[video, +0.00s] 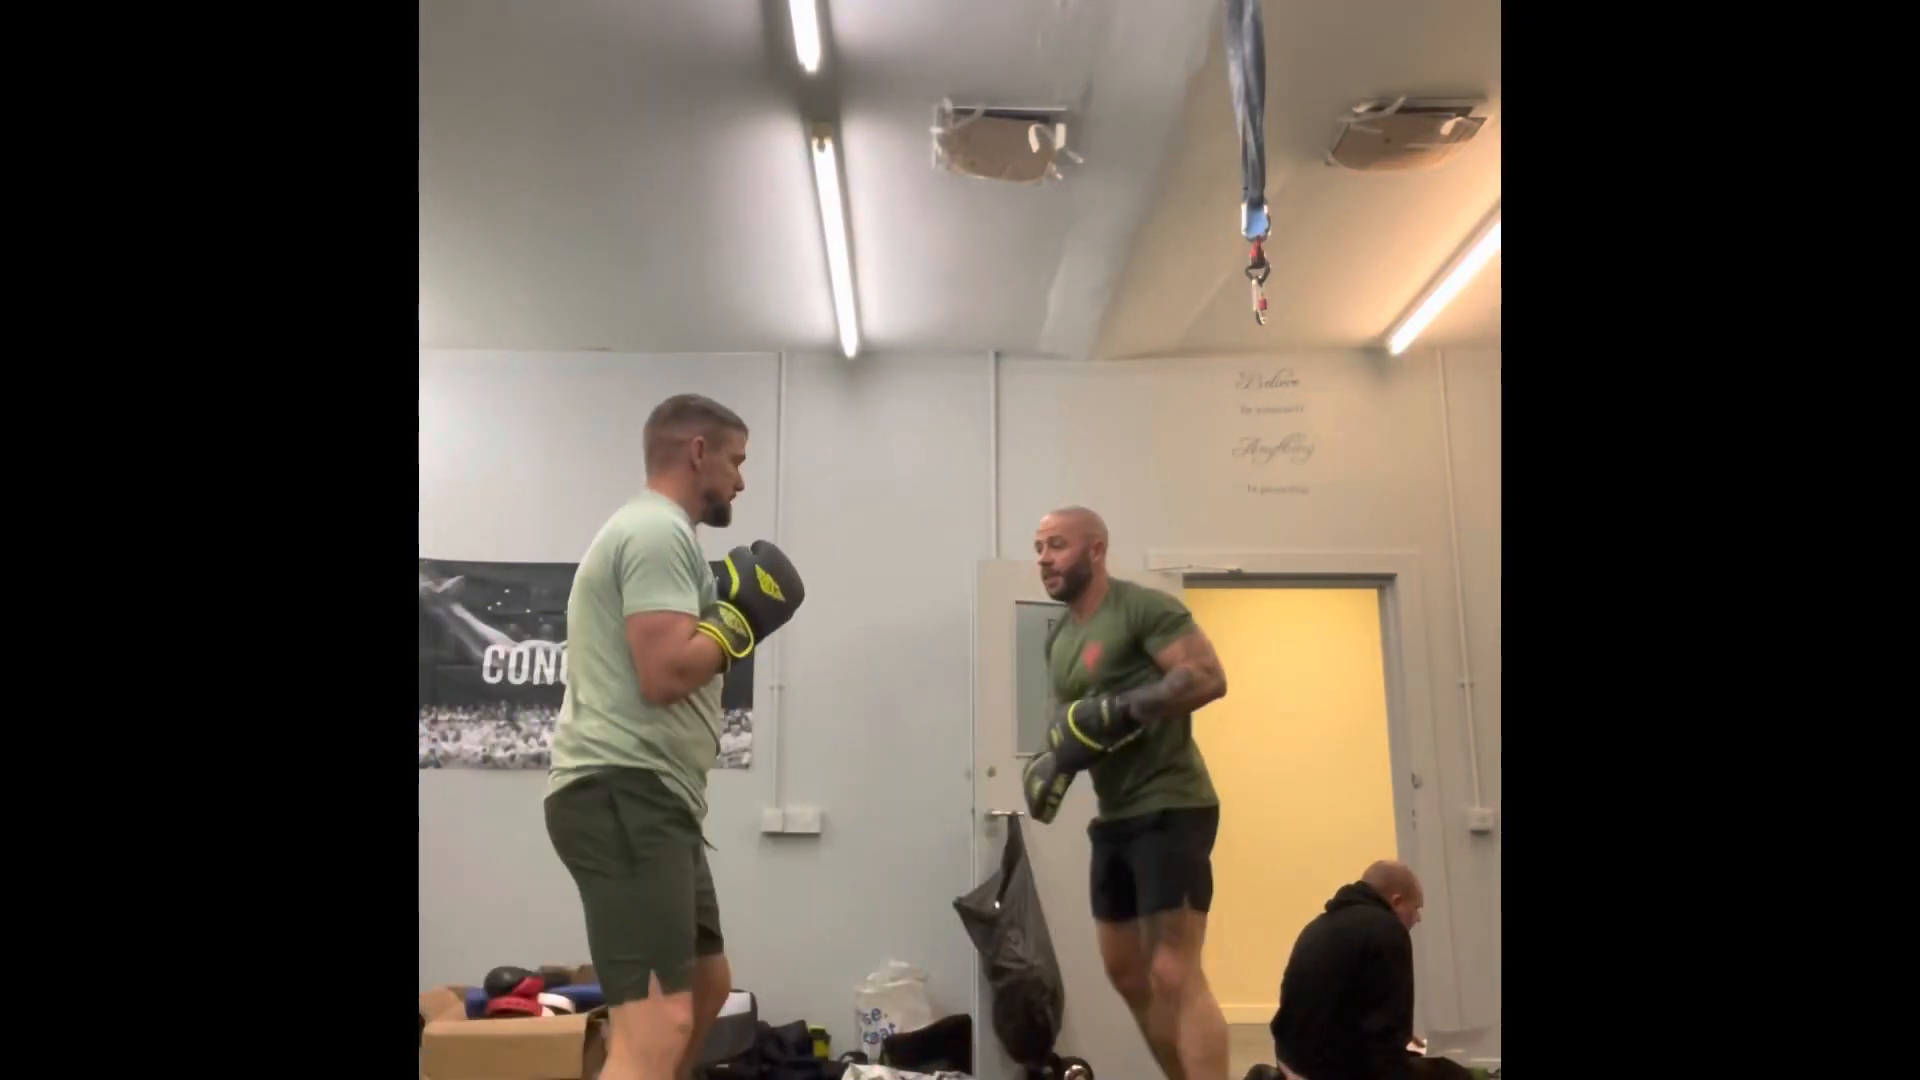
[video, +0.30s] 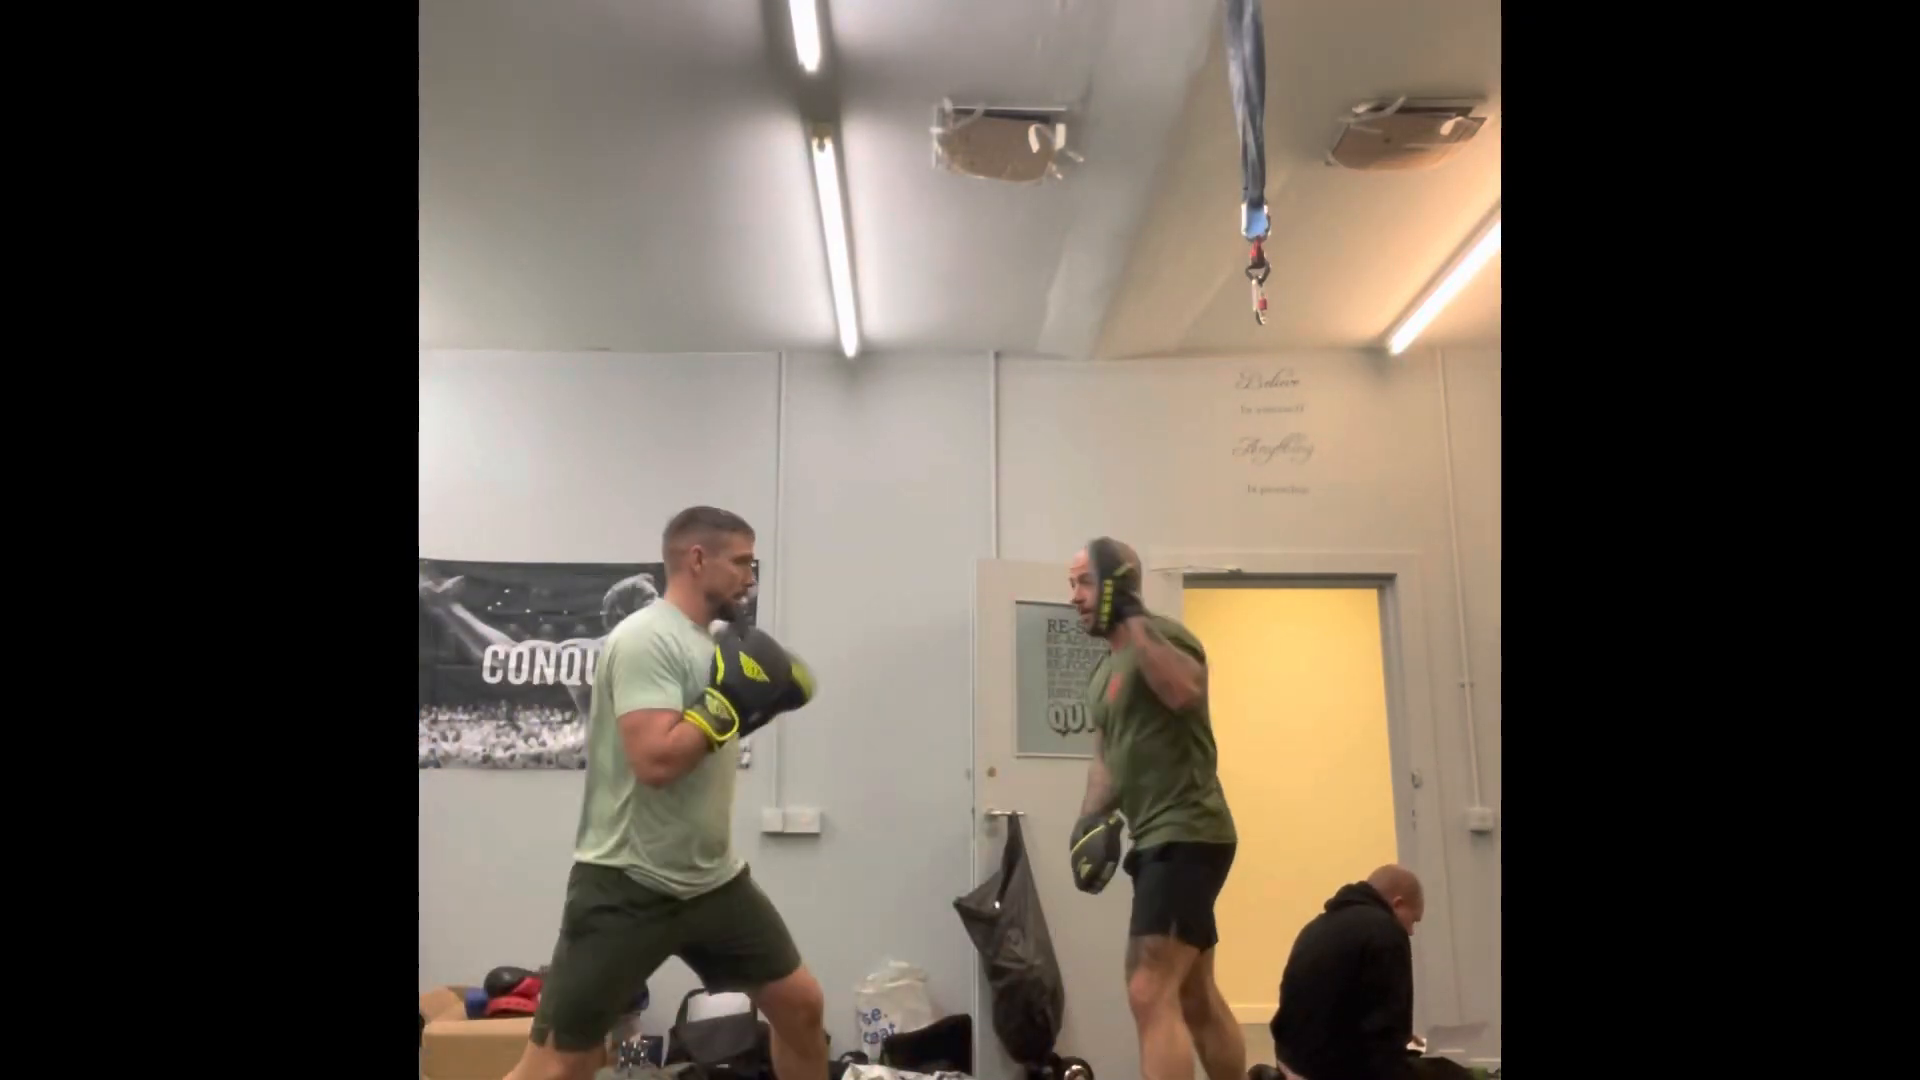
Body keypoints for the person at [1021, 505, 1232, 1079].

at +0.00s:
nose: (1044, 559)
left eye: (1056, 546)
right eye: (1039, 549)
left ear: (1094, 550)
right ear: (1040, 557)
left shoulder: (1146, 607)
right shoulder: (1059, 638)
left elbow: (1207, 676)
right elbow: (1074, 720)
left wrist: (1120, 709)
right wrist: (1055, 762)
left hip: (1174, 808)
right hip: (1115, 817)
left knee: (1175, 972)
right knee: (1128, 973)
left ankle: (1212, 1079)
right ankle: (1187, 1075)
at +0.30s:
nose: (1074, 596)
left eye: (1083, 582)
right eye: (1071, 585)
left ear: (1119, 582)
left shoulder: (1165, 638)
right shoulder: (1107, 673)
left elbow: (1184, 691)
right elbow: (1107, 760)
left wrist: (1131, 623)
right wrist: (1092, 823)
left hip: (1190, 833)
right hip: (1156, 839)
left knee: (1150, 992)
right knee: (1198, 999)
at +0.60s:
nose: (1153, 580)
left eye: (1164, 568)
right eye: (1151, 569)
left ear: (1205, 571)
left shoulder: (1252, 632)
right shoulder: (1178, 654)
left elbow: (1286, 715)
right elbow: (1179, 742)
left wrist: (1192, 714)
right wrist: (1149, 808)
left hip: (1257, 822)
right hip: (1207, 830)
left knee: (1225, 981)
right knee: (1203, 986)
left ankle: (1283, 1078)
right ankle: (1259, 1078)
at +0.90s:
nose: (1249, 548)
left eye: (1261, 533)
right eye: (1250, 534)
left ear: (1308, 539)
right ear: (1305, 542)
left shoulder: (1352, 603)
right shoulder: (1311, 627)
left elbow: (1422, 684)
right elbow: (1340, 740)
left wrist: (1304, 729)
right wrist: (1274, 781)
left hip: (1376, 839)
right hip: (1350, 840)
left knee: (1362, 1036)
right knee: (1393, 1028)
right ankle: (1469, 1074)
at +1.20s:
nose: (1320, 561)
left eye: (1332, 545)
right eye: (1318, 547)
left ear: (1380, 542)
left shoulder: (1435, 603)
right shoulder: (1354, 640)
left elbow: (1393, 699)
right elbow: (1335, 730)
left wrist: (1297, 696)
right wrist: (1292, 757)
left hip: (1452, 827)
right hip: (1416, 831)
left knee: (1381, 1003)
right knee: (1468, 1020)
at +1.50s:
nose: (1284, 557)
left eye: (1297, 541)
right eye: (1281, 544)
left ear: (1346, 540)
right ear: (1344, 545)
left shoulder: (1377, 599)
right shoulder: (1357, 625)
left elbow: (1282, 682)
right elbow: (1295, 735)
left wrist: (1218, 678)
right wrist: (1208, 733)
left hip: (1420, 834)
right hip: (1426, 834)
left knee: (1342, 1018)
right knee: (1452, 1024)